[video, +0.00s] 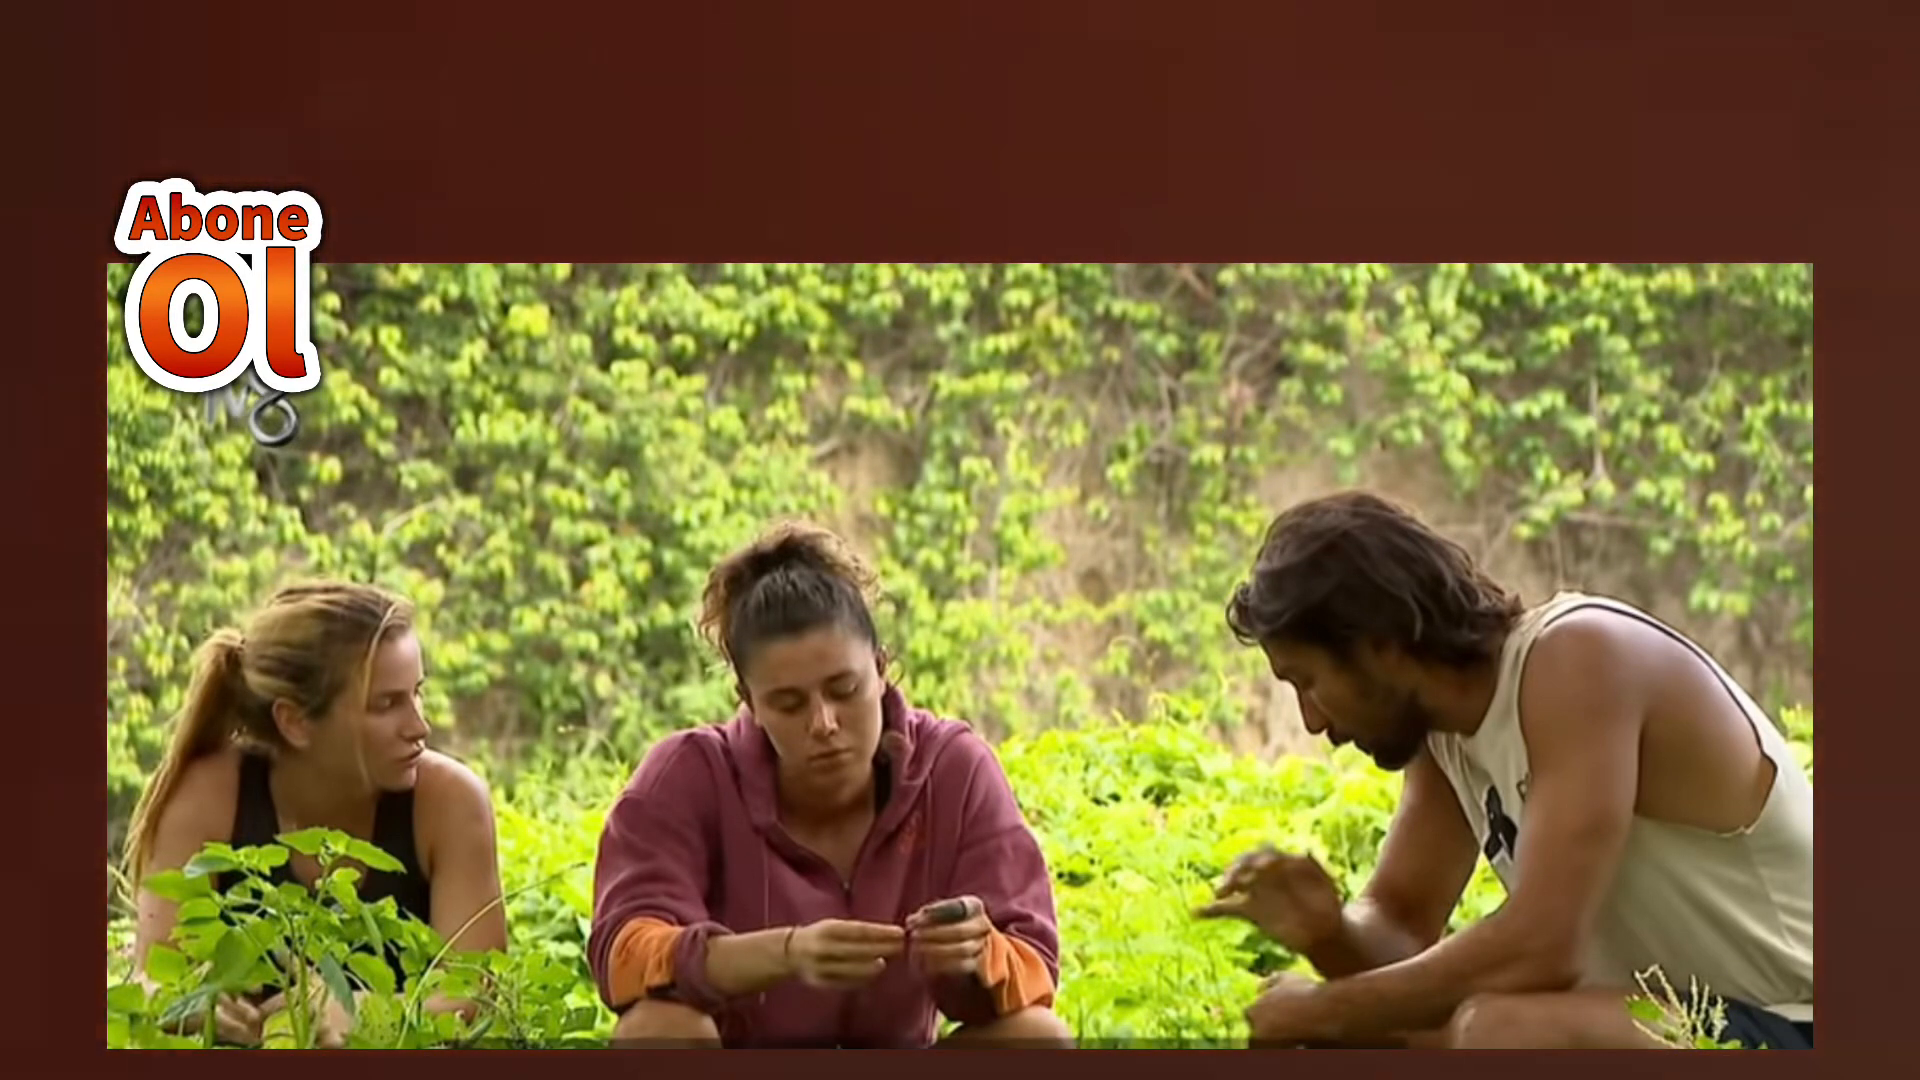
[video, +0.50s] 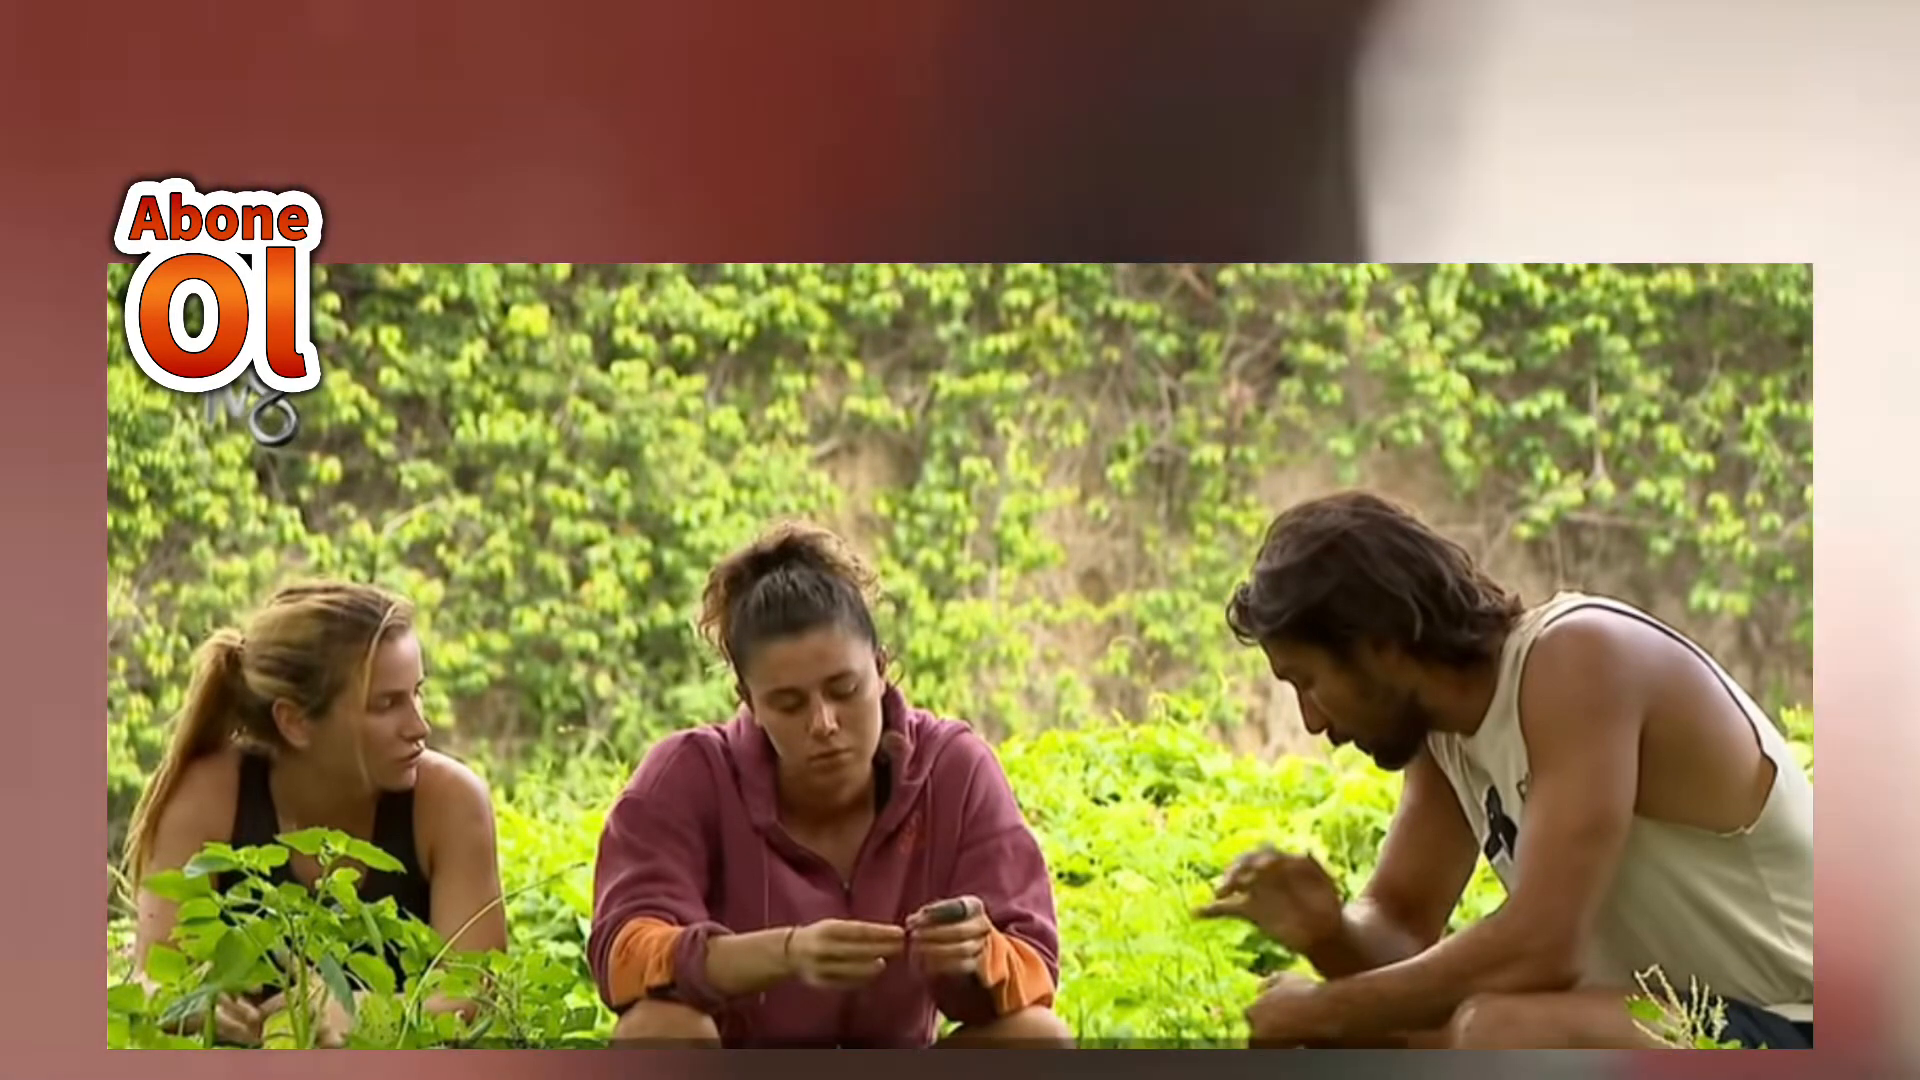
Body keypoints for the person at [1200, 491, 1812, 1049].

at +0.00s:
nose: (1311, 723)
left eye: (1306, 687)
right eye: (1296, 693)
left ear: (1384, 642)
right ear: (1384, 644)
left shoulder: (1585, 656)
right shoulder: (1450, 730)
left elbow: (1539, 950)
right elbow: (1402, 926)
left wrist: (1322, 1013)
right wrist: (1329, 931)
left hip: (1788, 1016)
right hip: (1660, 1002)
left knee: (1500, 1026)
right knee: (1374, 1030)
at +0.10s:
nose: (1311, 723)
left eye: (1306, 687)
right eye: (1296, 693)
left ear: (1385, 643)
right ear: (1385, 645)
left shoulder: (1585, 657)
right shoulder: (1450, 729)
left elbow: (1540, 949)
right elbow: (1403, 925)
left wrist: (1323, 1014)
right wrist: (1330, 933)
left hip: (1787, 1016)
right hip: (1660, 1003)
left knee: (1501, 1025)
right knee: (1375, 1029)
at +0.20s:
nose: (1311, 724)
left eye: (1307, 687)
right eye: (1296, 694)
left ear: (1385, 641)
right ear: (1385, 643)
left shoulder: (1584, 656)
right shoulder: (1450, 729)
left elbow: (1539, 950)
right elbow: (1403, 925)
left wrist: (1327, 1014)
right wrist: (1329, 934)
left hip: (1788, 1019)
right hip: (1656, 1003)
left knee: (1500, 1026)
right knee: (1378, 1027)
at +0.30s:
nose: (1311, 723)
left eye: (1306, 686)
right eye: (1295, 693)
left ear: (1384, 642)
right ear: (1384, 644)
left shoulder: (1585, 656)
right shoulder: (1450, 731)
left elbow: (1539, 950)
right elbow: (1402, 926)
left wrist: (1327, 1015)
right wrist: (1329, 933)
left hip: (1790, 1017)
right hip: (1658, 1001)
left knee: (1501, 1025)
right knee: (1382, 1025)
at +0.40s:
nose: (1311, 723)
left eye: (1306, 686)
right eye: (1295, 693)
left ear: (1384, 642)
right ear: (1384, 644)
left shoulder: (1585, 656)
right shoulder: (1450, 731)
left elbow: (1539, 951)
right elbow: (1402, 927)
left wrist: (1327, 1015)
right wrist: (1329, 933)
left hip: (1788, 1017)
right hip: (1653, 1001)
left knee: (1500, 1025)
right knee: (1381, 1025)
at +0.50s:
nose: (1311, 723)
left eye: (1306, 686)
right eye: (1296, 693)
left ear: (1384, 642)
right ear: (1384, 643)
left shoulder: (1585, 656)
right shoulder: (1451, 731)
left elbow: (1538, 950)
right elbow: (1402, 926)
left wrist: (1328, 1012)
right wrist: (1330, 932)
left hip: (1790, 1016)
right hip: (1654, 1000)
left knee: (1497, 1026)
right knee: (1382, 1027)